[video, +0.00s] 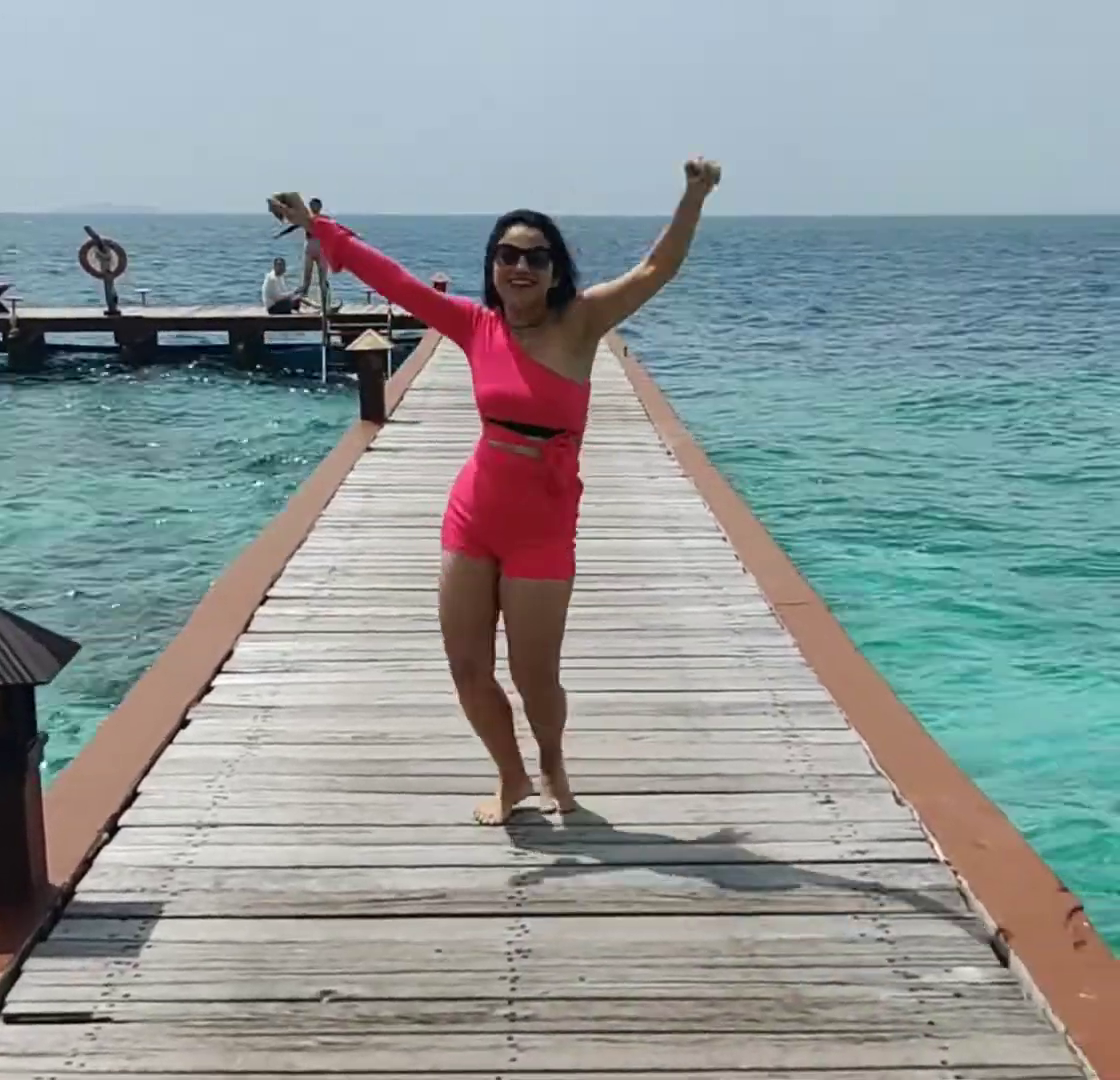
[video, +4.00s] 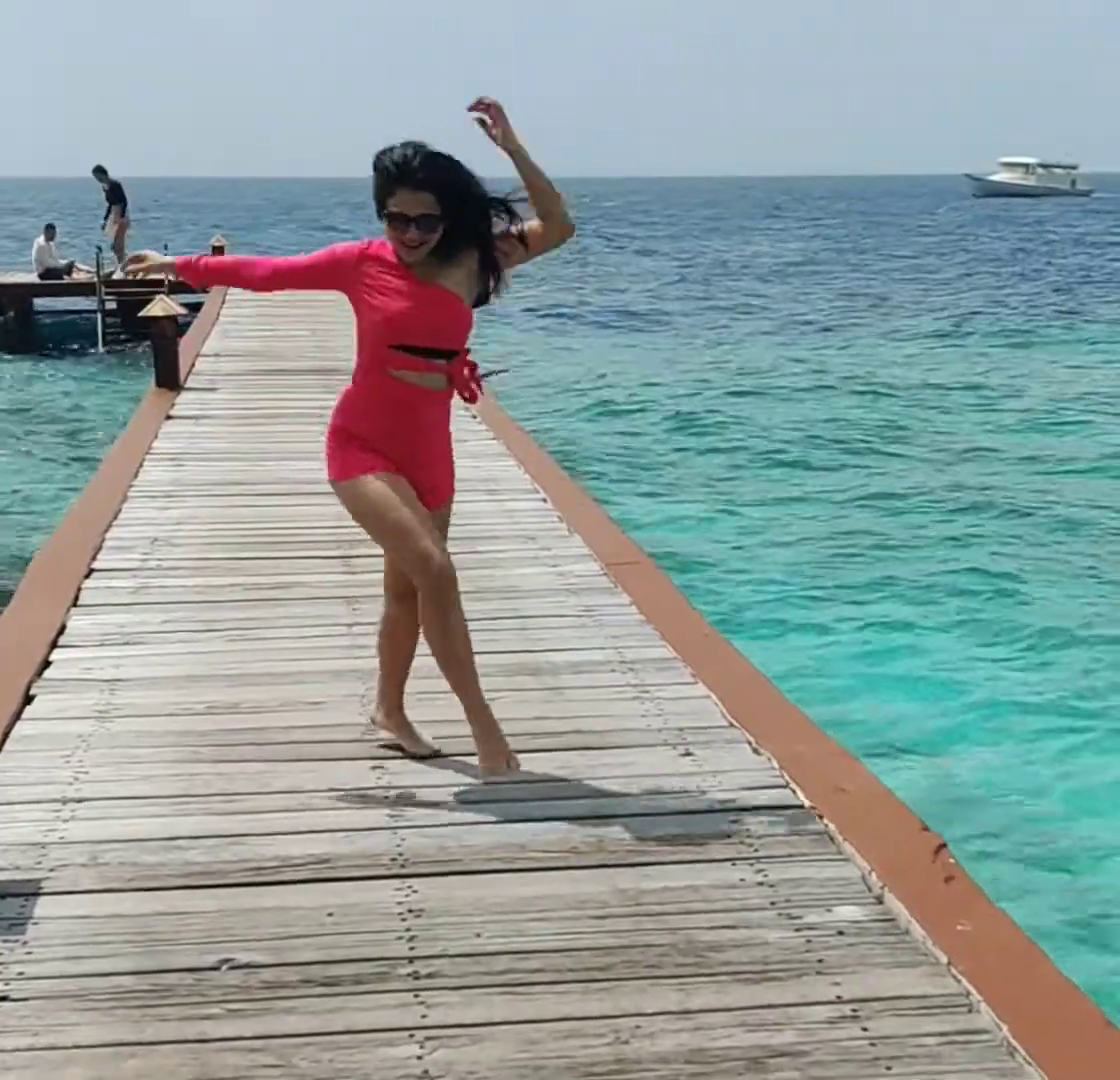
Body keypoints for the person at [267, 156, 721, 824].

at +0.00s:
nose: (521, 265)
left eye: (536, 256)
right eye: (509, 255)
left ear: (557, 267)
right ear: (491, 265)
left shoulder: (582, 320)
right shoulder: (477, 325)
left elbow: (656, 269)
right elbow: (396, 283)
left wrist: (693, 198)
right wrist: (314, 225)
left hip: (544, 523)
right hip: (473, 512)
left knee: (534, 676)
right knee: (467, 670)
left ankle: (551, 766)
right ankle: (511, 778)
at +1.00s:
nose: (478, 287)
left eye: (491, 271)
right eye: (467, 273)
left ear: (527, 261)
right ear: (459, 268)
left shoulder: (557, 294)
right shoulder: (456, 327)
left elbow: (553, 350)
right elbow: (478, 422)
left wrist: (458, 367)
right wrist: (570, 419)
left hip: (527, 514)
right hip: (451, 506)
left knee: (524, 671)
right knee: (467, 656)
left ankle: (561, 815)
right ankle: (481, 776)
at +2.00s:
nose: (458, 239)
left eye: (472, 225)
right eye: (443, 231)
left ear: (501, 235)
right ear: (430, 245)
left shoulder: (525, 320)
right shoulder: (416, 289)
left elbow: (500, 385)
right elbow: (403, 355)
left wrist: (526, 347)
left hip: (471, 508)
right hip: (392, 504)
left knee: (567, 668)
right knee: (382, 697)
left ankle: (627, 801)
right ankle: (364, 845)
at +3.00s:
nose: (503, 285)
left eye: (520, 277)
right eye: (491, 272)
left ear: (537, 288)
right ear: (470, 275)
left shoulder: (544, 371)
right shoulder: (425, 347)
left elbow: (553, 471)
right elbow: (386, 449)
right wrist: (346, 543)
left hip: (532, 537)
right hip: (449, 540)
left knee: (557, 680)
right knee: (462, 705)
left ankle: (583, 826)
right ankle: (440, 781)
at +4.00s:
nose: (408, 233)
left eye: (423, 220)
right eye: (395, 219)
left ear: (451, 213)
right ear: (381, 211)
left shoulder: (476, 260)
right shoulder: (361, 263)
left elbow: (556, 227)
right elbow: (265, 273)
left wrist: (515, 150)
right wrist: (171, 266)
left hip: (429, 447)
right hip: (359, 442)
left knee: (404, 593)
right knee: (435, 568)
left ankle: (388, 711)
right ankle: (485, 729)